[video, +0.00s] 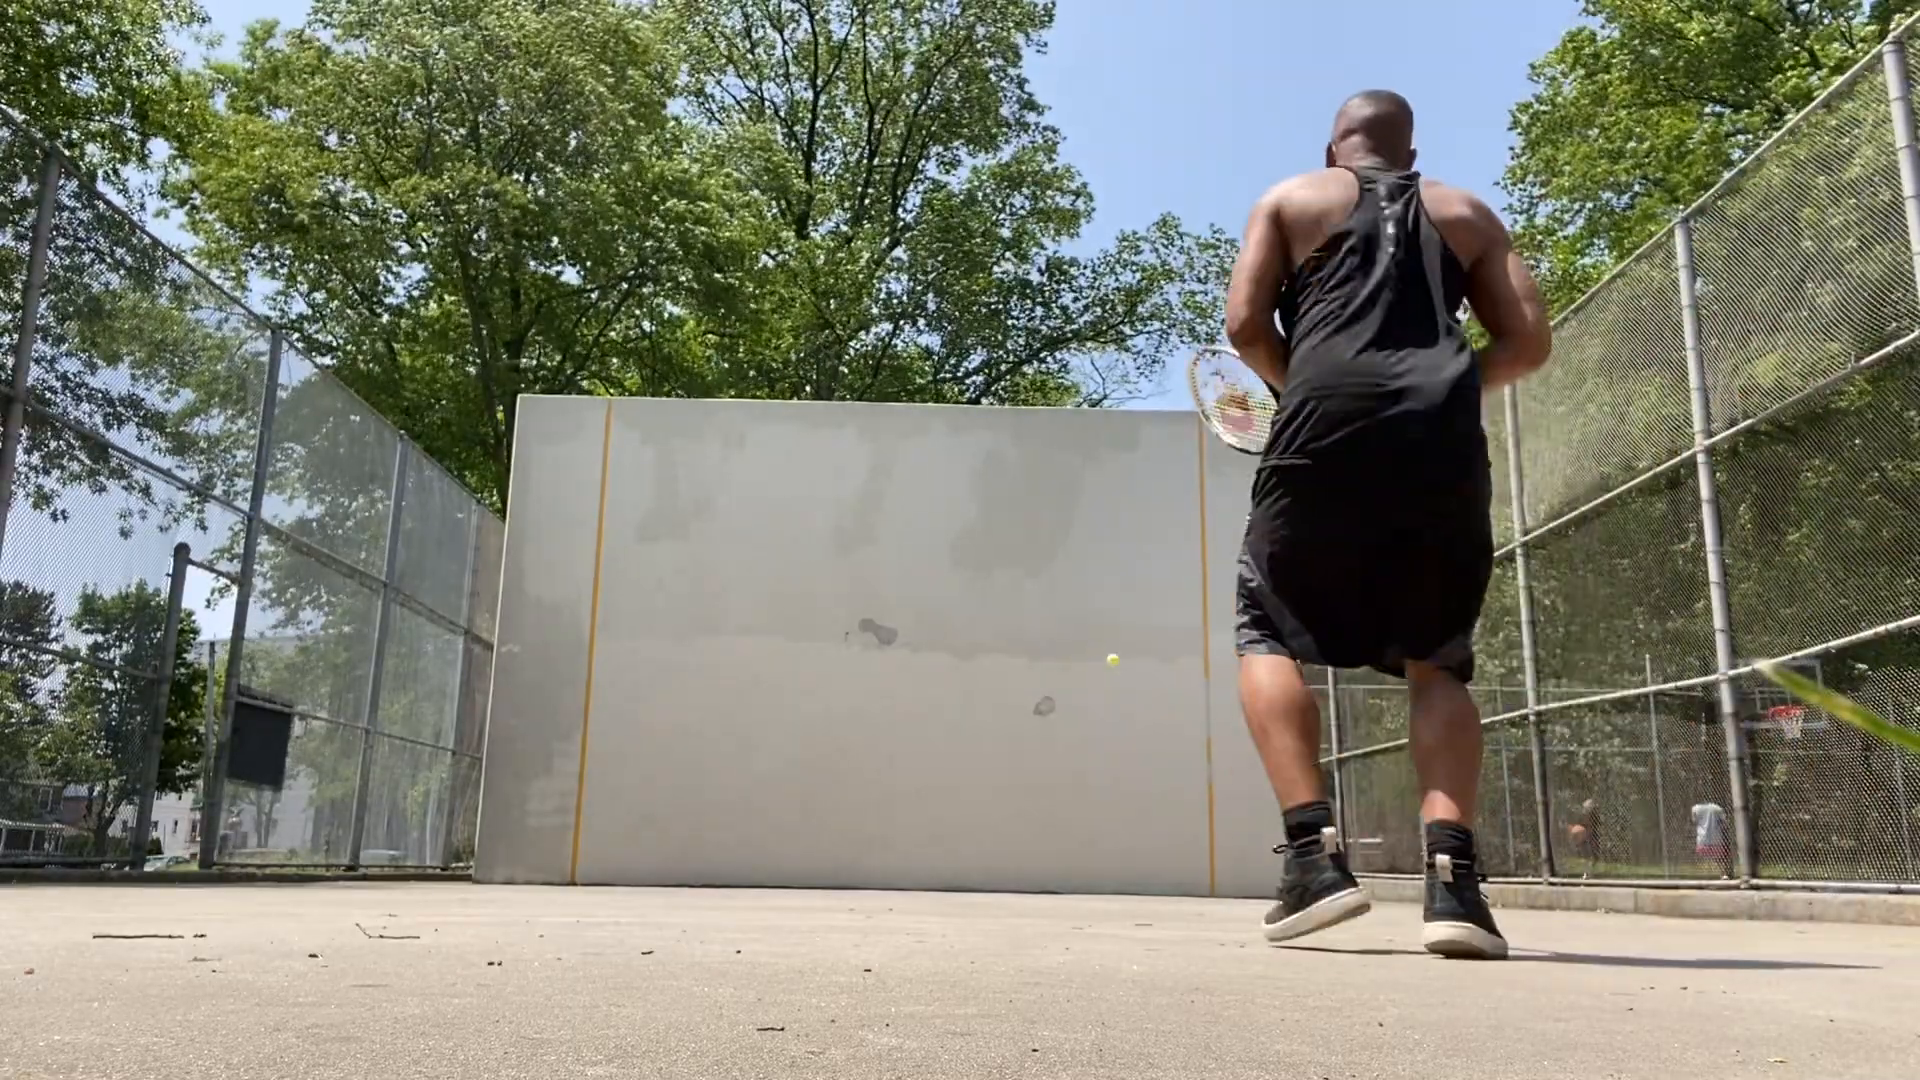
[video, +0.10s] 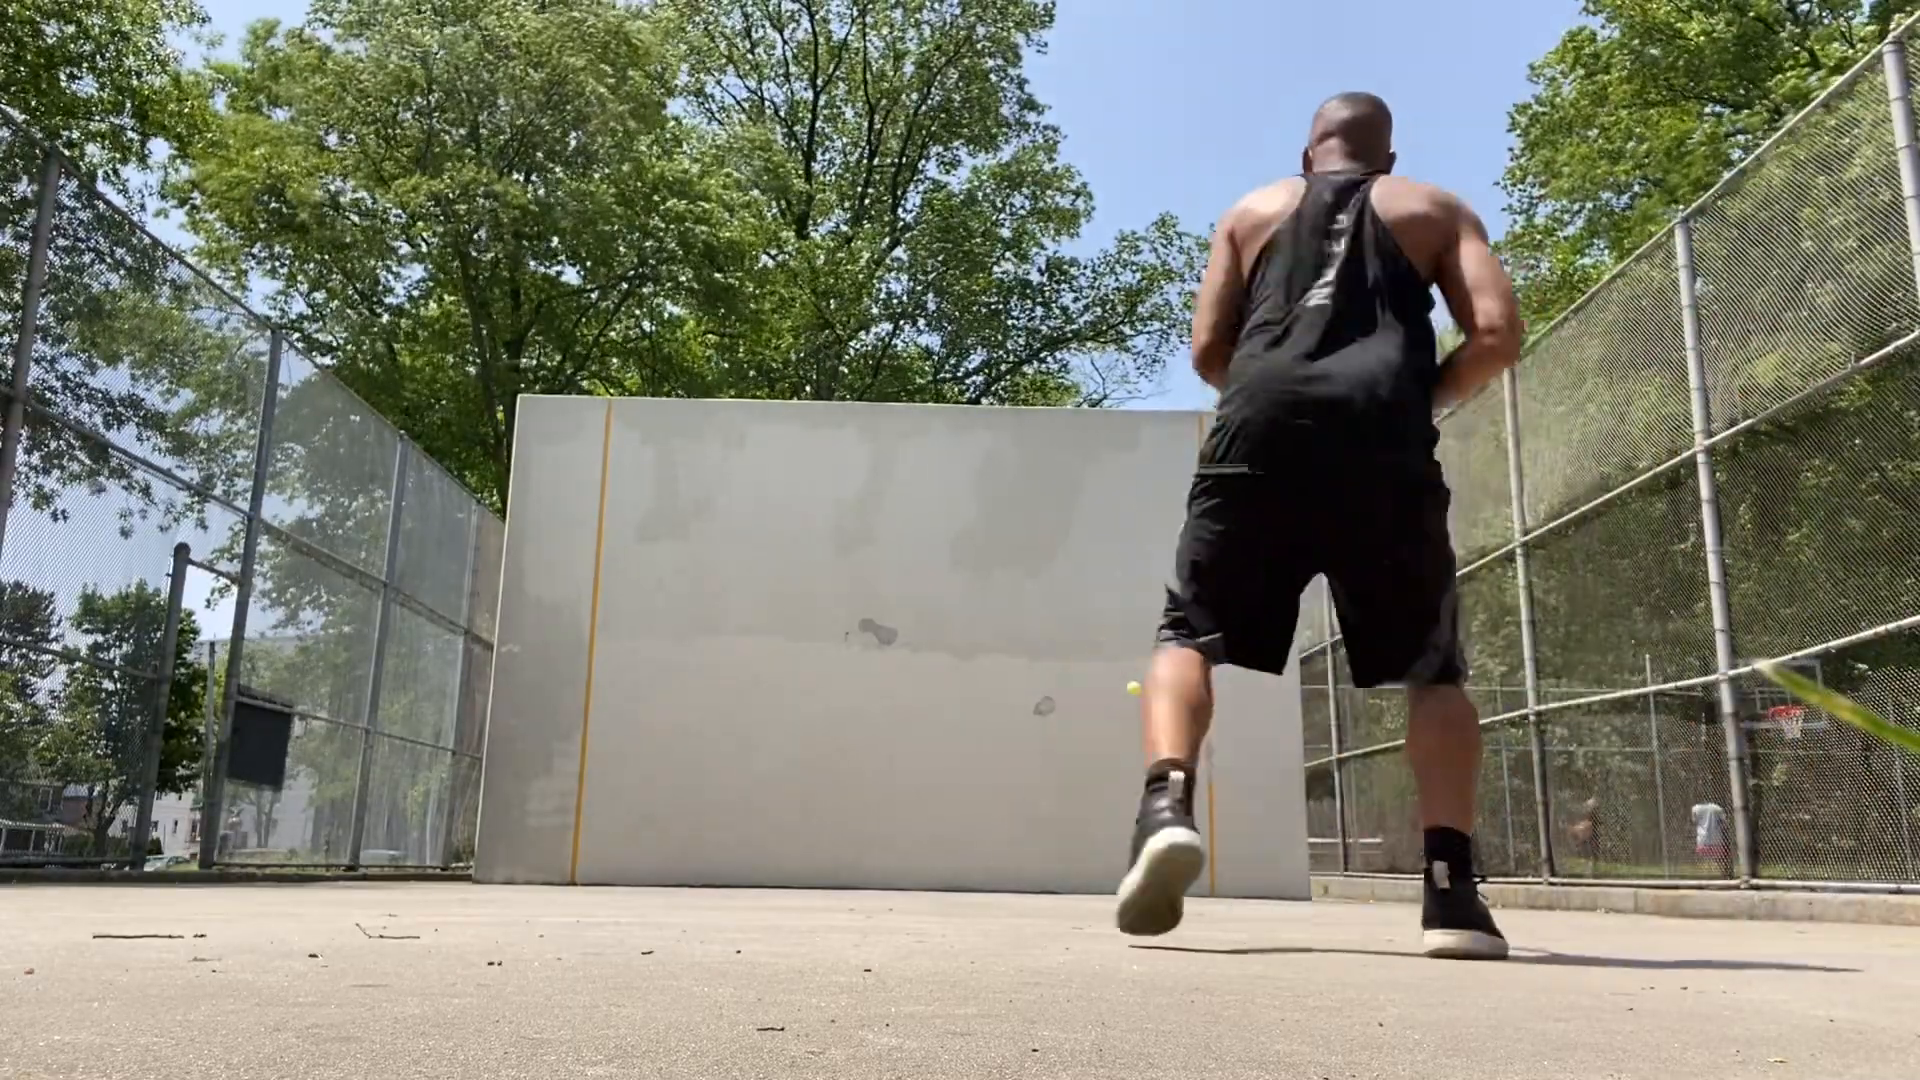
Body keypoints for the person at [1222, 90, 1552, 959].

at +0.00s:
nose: (1337, 147)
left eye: (1337, 138)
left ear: (1333, 146)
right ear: (1414, 154)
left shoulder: (1288, 200)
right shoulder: (1465, 210)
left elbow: (1244, 323)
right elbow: (1527, 343)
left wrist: (1308, 389)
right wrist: (1444, 383)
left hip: (1325, 431)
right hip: (1442, 438)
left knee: (1270, 633)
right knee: (1440, 661)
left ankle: (1313, 856)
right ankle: (1451, 880)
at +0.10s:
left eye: (1314, 146)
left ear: (1307, 153)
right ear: (1389, 156)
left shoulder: (1250, 213)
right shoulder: (1433, 206)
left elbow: (1208, 349)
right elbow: (1498, 333)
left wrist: (1276, 400)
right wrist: (1419, 399)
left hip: (1261, 433)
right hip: (1386, 441)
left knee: (1189, 631)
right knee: (1434, 667)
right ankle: (1451, 896)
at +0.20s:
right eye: (1337, 125)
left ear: (1266, 135)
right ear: (1349, 136)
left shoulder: (1200, 196)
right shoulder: (1387, 182)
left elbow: (1157, 344)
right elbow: (1428, 298)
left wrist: (1217, 397)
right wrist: (1365, 383)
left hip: (1188, 418)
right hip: (1318, 432)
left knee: (1105, 620)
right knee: (1391, 657)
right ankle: (1452, 895)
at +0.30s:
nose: (1282, 123)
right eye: (1285, 115)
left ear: (1205, 115)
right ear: (1287, 120)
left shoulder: (1136, 175)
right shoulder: (1314, 165)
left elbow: (1103, 306)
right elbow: (1343, 287)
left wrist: (1157, 369)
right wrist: (1292, 369)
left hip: (1110, 410)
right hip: (1239, 429)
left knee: (1011, 623)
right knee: (1331, 658)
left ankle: (900, 819)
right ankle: (1440, 887)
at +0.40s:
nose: (1230, 124)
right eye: (1231, 111)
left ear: (1149, 98)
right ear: (1226, 110)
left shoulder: (1071, 161)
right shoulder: (1239, 154)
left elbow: (1082, 278)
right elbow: (1266, 307)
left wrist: (1225, 327)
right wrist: (1251, 343)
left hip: (1032, 417)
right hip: (1160, 432)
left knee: (966, 646)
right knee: (1269, 663)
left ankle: (878, 860)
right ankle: (1390, 879)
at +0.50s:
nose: (1202, 101)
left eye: (1184, 85)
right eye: (1204, 91)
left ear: (1123, 73)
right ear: (1196, 84)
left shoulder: (1038, 143)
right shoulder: (1194, 119)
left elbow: (1060, 296)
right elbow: (1235, 240)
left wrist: (1191, 304)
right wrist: (1315, 240)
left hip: (994, 401)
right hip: (1116, 408)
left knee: (948, 635)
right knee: (1210, 637)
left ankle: (876, 867)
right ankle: (1275, 881)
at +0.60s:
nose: (1201, 93)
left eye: (1195, 80)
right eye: (1203, 80)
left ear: (1124, 51)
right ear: (1190, 66)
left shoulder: (1037, 131)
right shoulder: (1166, 91)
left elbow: (993, 249)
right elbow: (1200, 172)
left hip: (973, 377)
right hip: (1090, 392)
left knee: (933, 625)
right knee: (1162, 638)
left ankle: (874, 870)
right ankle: (1179, 879)